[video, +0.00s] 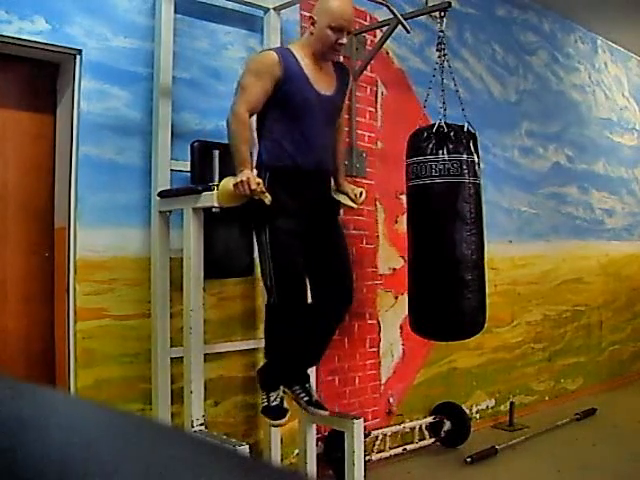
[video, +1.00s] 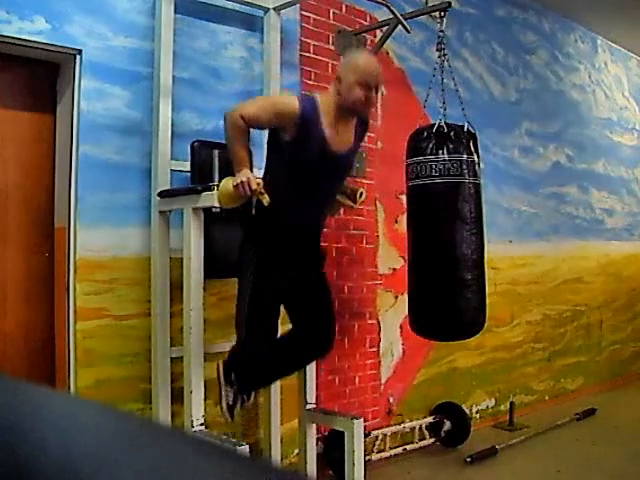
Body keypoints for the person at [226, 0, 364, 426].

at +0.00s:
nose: (341, 40)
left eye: (347, 33)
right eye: (335, 30)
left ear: (351, 33)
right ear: (310, 21)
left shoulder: (340, 75)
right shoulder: (273, 63)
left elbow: (335, 127)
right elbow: (240, 114)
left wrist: (338, 177)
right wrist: (245, 169)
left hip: (318, 194)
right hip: (278, 194)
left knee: (337, 294)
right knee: (286, 296)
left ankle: (295, 371)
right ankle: (272, 380)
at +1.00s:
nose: (372, 98)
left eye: (376, 89)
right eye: (365, 88)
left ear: (377, 90)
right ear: (339, 83)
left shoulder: (358, 124)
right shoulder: (298, 110)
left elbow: (320, 162)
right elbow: (237, 117)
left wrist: (341, 183)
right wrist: (243, 170)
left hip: (305, 240)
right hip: (267, 234)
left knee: (318, 334)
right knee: (258, 334)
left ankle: (241, 373)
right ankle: (241, 379)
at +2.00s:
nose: (373, 142)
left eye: (377, 133)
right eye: (366, 131)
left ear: (380, 131)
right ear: (340, 122)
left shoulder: (353, 158)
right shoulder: (298, 137)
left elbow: (317, 182)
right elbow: (242, 117)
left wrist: (340, 194)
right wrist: (243, 170)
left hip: (298, 263)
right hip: (260, 261)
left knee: (325, 349)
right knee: (269, 356)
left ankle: (259, 412)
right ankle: (264, 427)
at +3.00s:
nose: (375, 144)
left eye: (380, 135)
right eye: (368, 134)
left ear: (382, 134)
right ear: (342, 125)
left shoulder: (354, 160)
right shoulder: (300, 140)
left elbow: (312, 187)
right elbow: (244, 118)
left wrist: (340, 195)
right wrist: (243, 170)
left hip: (297, 266)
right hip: (258, 263)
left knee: (322, 350)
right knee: (264, 359)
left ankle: (254, 411)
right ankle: (261, 426)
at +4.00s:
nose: (372, 142)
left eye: (376, 133)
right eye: (364, 132)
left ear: (377, 132)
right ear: (338, 123)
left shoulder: (352, 161)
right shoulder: (296, 139)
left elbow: (313, 191)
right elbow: (241, 118)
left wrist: (339, 197)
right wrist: (243, 171)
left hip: (299, 268)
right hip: (259, 265)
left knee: (327, 353)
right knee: (267, 359)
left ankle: (265, 423)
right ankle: (273, 434)